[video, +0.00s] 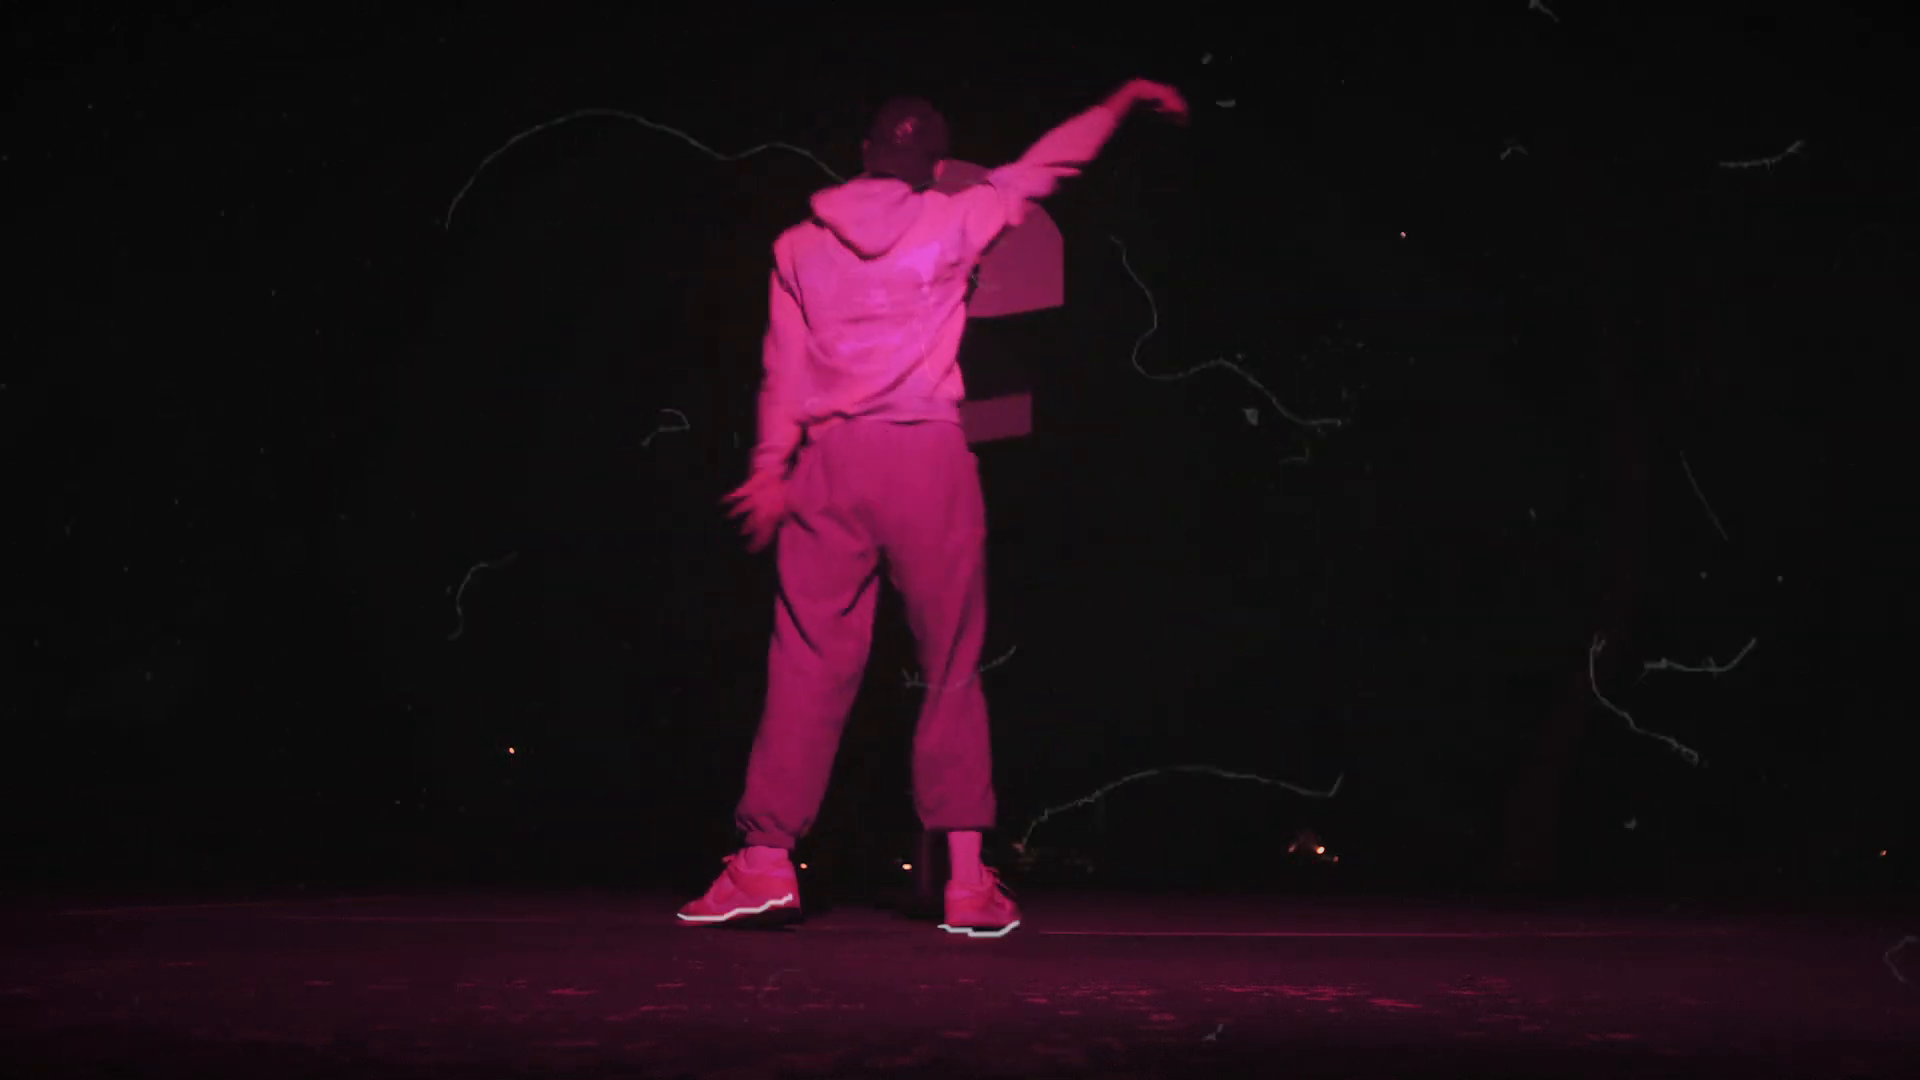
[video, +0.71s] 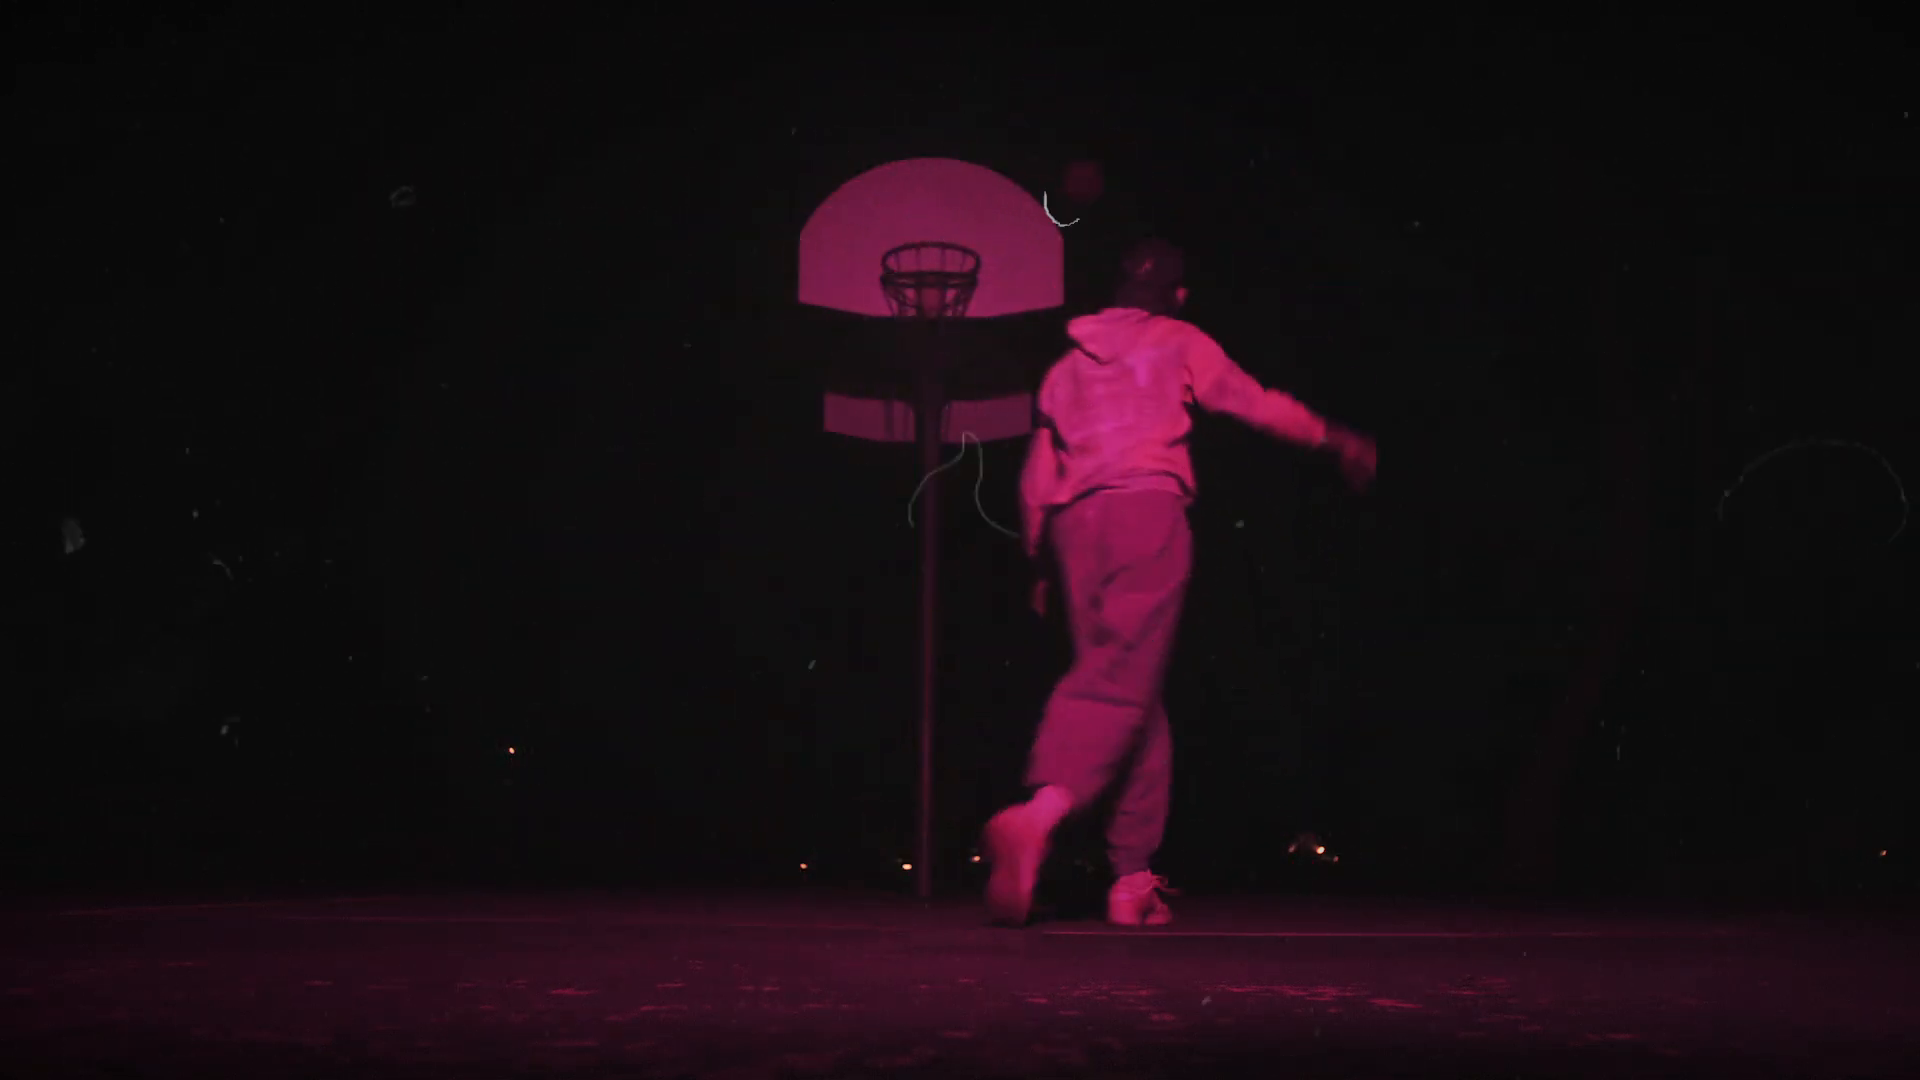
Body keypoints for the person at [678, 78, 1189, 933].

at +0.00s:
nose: (945, 174)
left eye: (933, 159)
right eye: (942, 162)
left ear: (862, 156)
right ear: (935, 164)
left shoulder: (799, 246)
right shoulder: (951, 221)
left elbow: (782, 373)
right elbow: (1043, 168)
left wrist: (769, 471)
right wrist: (1122, 100)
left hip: (825, 464)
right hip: (923, 462)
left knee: (809, 658)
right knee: (950, 663)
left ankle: (764, 859)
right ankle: (966, 878)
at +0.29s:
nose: (1045, 207)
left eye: (1039, 196)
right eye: (1042, 197)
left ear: (968, 200)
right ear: (1031, 203)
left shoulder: (907, 277)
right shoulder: (1045, 254)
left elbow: (891, 385)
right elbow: (1154, 207)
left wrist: (886, 474)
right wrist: (1237, 126)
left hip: (943, 483)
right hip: (1031, 478)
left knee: (917, 671)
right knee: (1016, 674)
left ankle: (855, 819)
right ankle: (977, 879)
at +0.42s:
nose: (1092, 239)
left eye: (1088, 227)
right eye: (1091, 229)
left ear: (1020, 227)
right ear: (1078, 232)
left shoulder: (954, 310)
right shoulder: (1086, 281)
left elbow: (930, 424)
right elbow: (1213, 268)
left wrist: (924, 522)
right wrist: (1282, 186)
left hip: (974, 485)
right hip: (1059, 476)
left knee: (983, 672)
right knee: (1035, 670)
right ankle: (974, 875)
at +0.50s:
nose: (1124, 270)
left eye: (1124, 259)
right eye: (1125, 260)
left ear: (1059, 249)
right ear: (1114, 259)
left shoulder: (991, 336)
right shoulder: (1114, 308)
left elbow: (959, 445)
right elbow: (1240, 319)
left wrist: (957, 542)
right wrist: (1309, 257)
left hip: (999, 500)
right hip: (1079, 491)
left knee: (1049, 666)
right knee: (1040, 667)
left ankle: (1073, 865)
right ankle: (976, 869)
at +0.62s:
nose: (1158, 289)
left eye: (1155, 278)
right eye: (1156, 279)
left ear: (1088, 276)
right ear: (1146, 282)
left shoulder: (1027, 361)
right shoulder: (1146, 331)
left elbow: (995, 469)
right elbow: (1250, 368)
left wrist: (995, 553)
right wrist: (1333, 350)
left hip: (1034, 516)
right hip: (1112, 504)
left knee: (1094, 678)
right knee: (1062, 663)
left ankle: (1129, 876)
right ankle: (986, 853)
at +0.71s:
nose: (1183, 295)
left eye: (1180, 283)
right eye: (1178, 284)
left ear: (1117, 287)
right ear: (1158, 288)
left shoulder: (1063, 370)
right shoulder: (1174, 339)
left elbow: (1039, 476)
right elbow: (1246, 400)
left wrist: (1040, 563)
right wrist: (1331, 437)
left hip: (1075, 524)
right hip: (1148, 512)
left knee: (1128, 689)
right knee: (1120, 674)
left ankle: (1133, 876)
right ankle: (1037, 817)